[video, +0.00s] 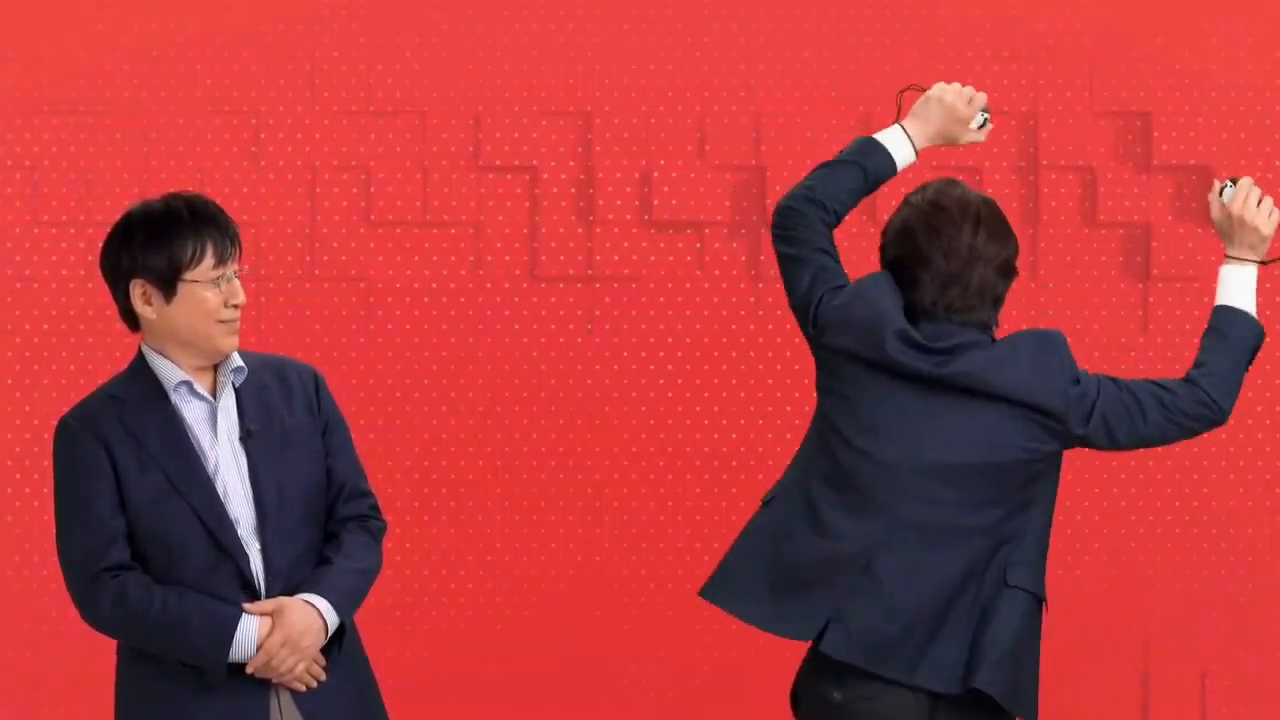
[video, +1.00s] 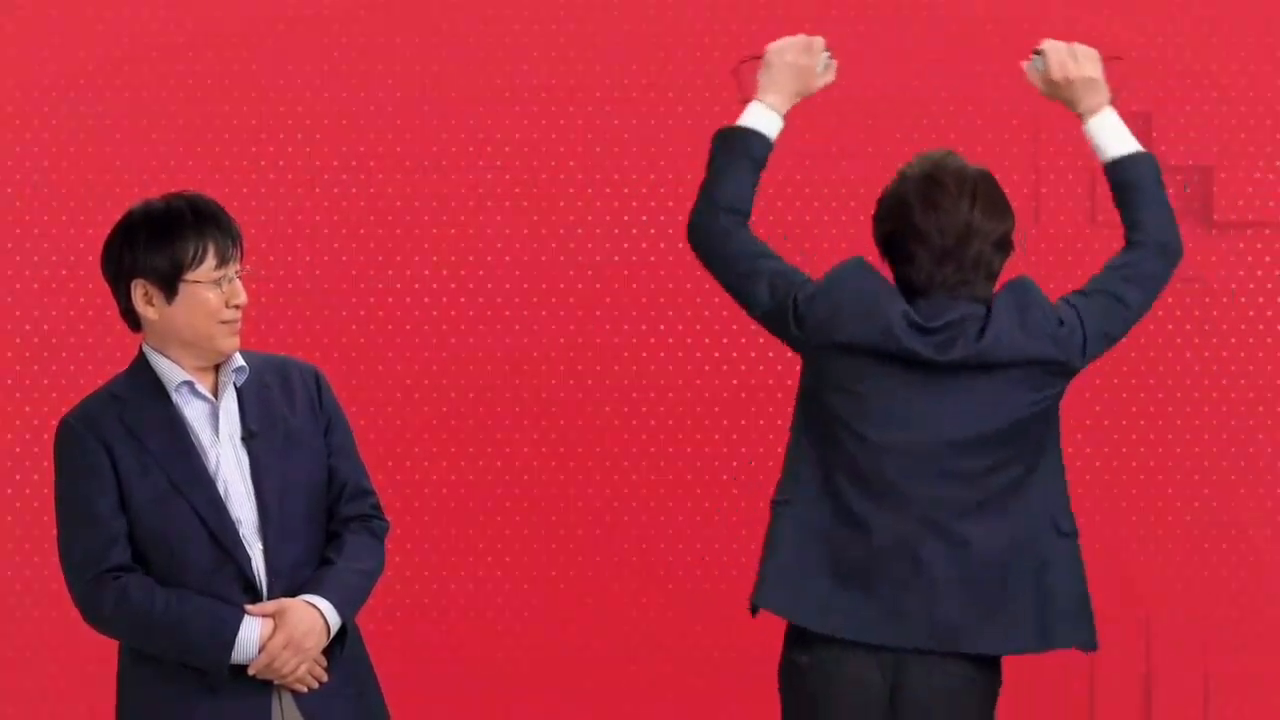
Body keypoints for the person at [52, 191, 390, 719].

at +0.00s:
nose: (237, 297)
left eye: (235, 277)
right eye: (214, 282)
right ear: (147, 300)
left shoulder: (301, 389)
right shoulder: (92, 433)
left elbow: (360, 524)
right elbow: (104, 590)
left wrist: (319, 612)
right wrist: (250, 639)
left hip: (332, 700)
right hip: (191, 708)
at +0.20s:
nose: (236, 297)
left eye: (235, 278)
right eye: (212, 282)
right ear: (146, 300)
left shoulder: (300, 389)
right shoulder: (91, 433)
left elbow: (360, 524)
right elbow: (103, 591)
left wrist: (319, 612)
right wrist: (250, 639)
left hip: (332, 700)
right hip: (191, 708)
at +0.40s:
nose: (237, 298)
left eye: (235, 278)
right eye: (214, 283)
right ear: (146, 300)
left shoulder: (301, 389)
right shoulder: (91, 433)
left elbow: (360, 524)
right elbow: (104, 591)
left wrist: (319, 612)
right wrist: (252, 639)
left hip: (333, 700)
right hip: (191, 708)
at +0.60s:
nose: (239, 297)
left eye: (237, 278)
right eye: (214, 283)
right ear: (148, 300)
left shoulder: (302, 388)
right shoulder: (93, 432)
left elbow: (362, 523)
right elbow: (105, 591)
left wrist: (321, 612)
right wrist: (252, 639)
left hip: (334, 700)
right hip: (193, 708)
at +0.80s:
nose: (241, 298)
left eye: (239, 278)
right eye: (217, 282)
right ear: (150, 299)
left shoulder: (304, 388)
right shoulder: (94, 432)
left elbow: (364, 523)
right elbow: (106, 590)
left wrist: (322, 613)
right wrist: (252, 639)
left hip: (336, 700)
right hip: (193, 708)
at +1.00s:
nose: (239, 298)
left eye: (237, 278)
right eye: (216, 283)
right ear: (148, 300)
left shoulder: (302, 389)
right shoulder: (93, 433)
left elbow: (363, 525)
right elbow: (104, 591)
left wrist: (320, 613)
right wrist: (252, 640)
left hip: (334, 700)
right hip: (193, 707)